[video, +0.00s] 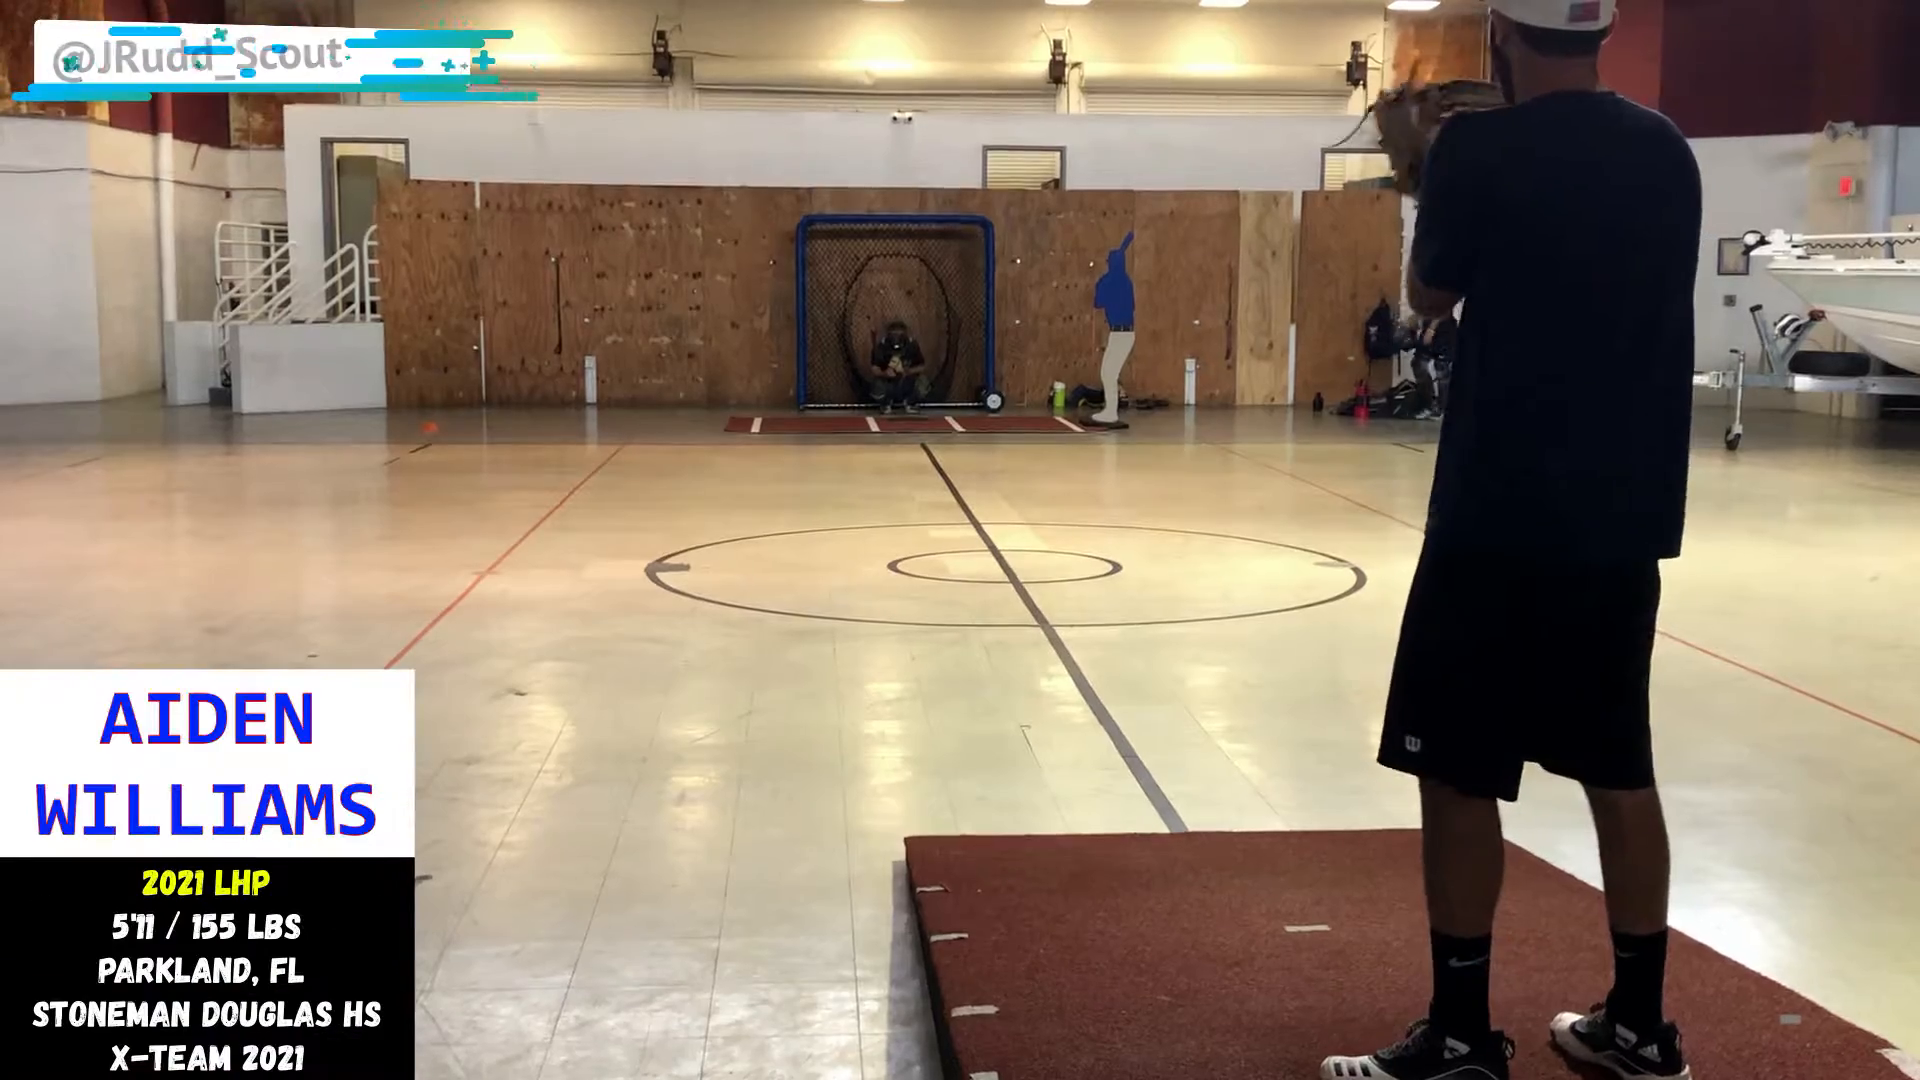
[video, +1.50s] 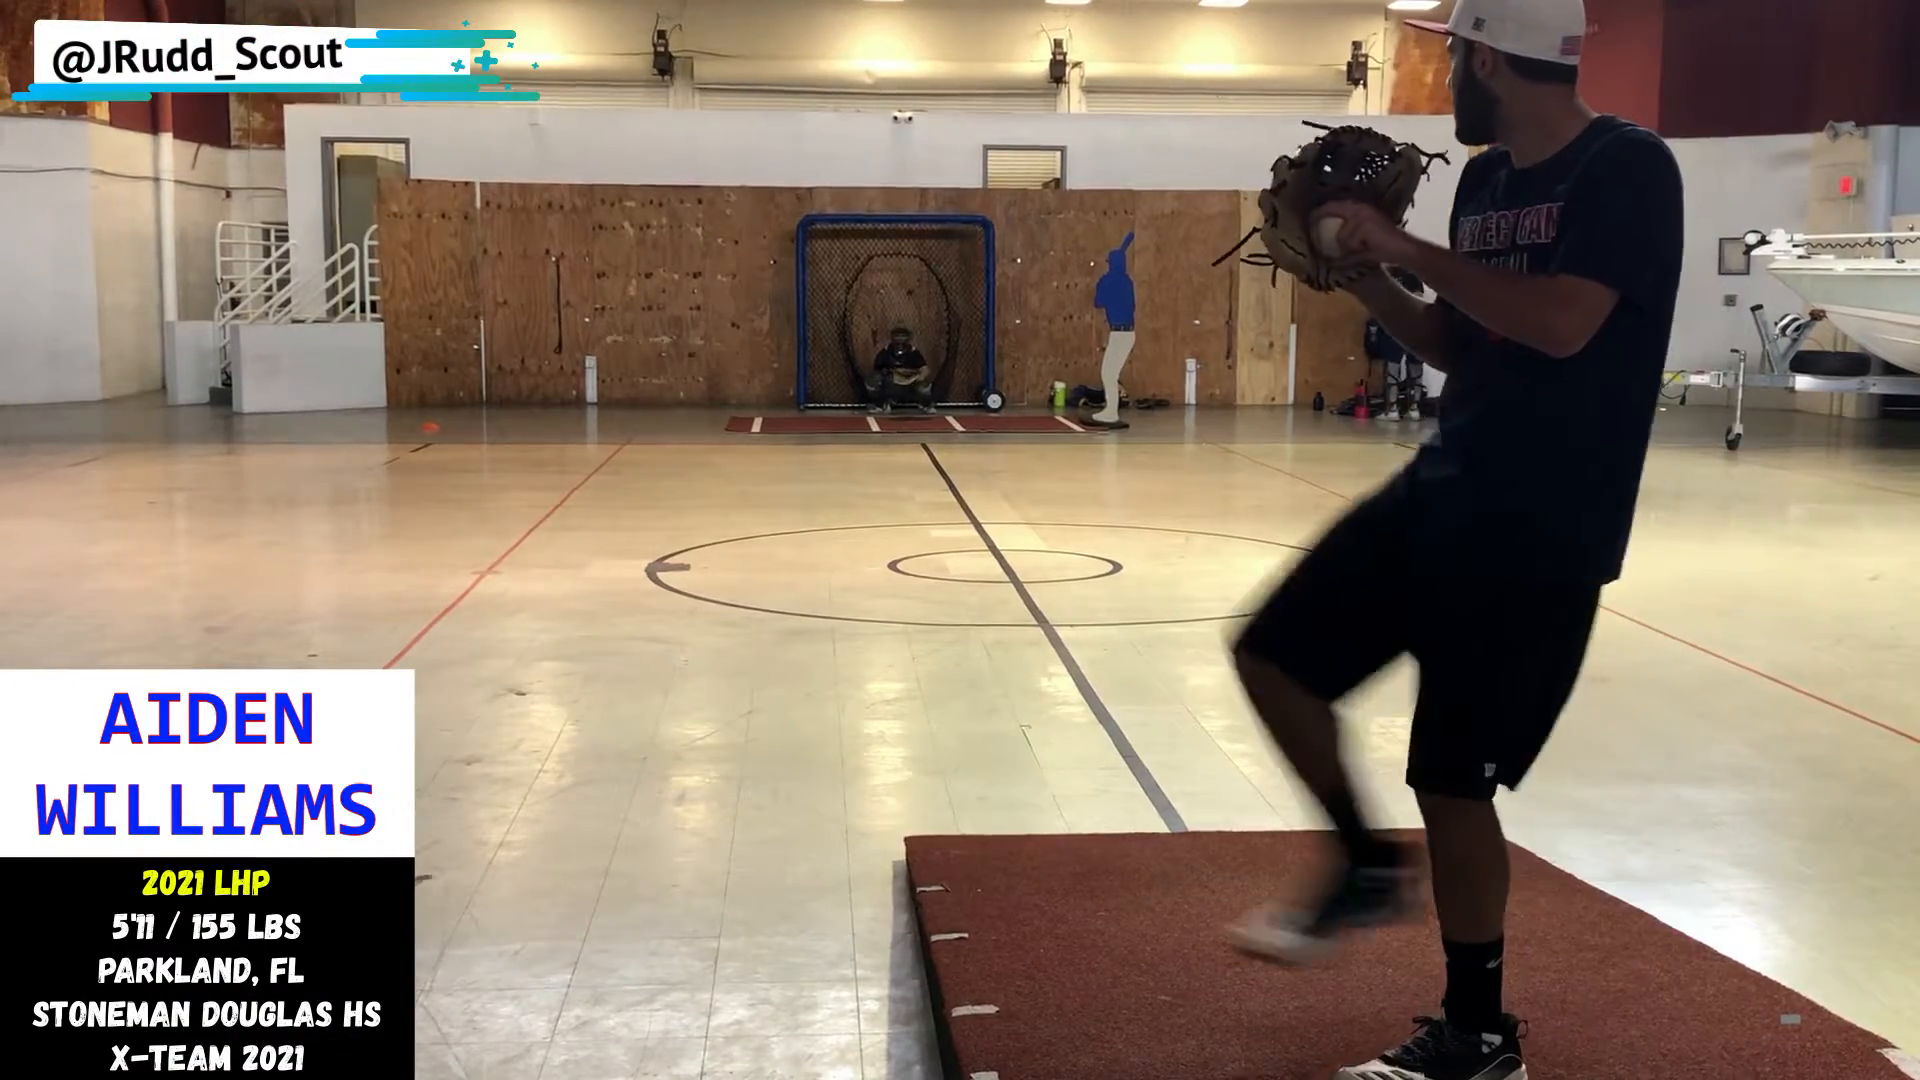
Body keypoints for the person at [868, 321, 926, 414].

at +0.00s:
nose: (897, 338)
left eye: (900, 335)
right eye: (894, 335)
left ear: (905, 334)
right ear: (888, 334)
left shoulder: (912, 345)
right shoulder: (881, 347)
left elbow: (921, 367)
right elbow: (874, 369)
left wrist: (907, 371)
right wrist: (885, 373)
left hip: (906, 381)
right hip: (888, 382)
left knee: (923, 382)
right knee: (878, 383)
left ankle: (909, 403)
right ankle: (886, 405)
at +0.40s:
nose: (897, 326)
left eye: (900, 323)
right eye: (894, 322)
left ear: (904, 323)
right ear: (890, 323)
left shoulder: (912, 338)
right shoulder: (882, 338)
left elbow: (920, 360)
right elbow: (875, 359)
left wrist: (909, 365)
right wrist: (887, 360)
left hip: (906, 373)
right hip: (889, 372)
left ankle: (909, 403)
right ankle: (886, 404)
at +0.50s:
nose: (898, 318)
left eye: (901, 315)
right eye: (895, 315)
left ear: (904, 315)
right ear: (889, 315)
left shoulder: (912, 330)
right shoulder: (880, 331)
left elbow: (922, 350)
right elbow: (874, 352)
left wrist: (910, 356)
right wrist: (887, 353)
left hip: (906, 365)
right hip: (888, 366)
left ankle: (909, 400)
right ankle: (887, 402)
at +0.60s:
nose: (897, 319)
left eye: (900, 315)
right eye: (894, 315)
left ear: (904, 314)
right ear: (888, 314)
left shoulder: (912, 327)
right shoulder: (880, 329)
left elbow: (923, 348)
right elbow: (871, 346)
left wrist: (913, 356)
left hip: (908, 361)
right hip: (889, 362)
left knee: (920, 372)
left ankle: (916, 400)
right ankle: (884, 400)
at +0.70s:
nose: (896, 326)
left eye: (899, 323)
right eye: (893, 323)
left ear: (904, 321)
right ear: (888, 321)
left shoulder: (912, 333)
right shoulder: (881, 333)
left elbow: (925, 355)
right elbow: (870, 353)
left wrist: (911, 360)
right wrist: (869, 372)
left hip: (909, 368)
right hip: (889, 369)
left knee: (924, 376)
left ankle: (923, 402)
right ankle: (881, 403)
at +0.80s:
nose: (896, 336)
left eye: (899, 332)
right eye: (893, 332)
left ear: (905, 331)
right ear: (888, 332)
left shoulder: (911, 343)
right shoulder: (881, 344)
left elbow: (929, 361)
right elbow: (869, 365)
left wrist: (911, 366)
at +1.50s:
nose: (900, 344)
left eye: (903, 341)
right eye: (897, 341)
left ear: (908, 340)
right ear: (892, 340)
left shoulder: (914, 352)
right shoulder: (884, 353)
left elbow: (925, 369)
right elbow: (878, 372)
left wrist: (920, 377)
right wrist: (893, 377)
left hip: (911, 382)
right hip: (892, 384)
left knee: (923, 386)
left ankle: (926, 405)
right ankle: (883, 405)